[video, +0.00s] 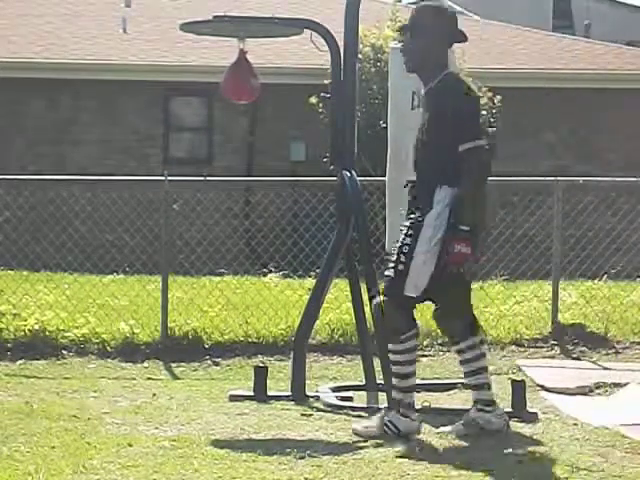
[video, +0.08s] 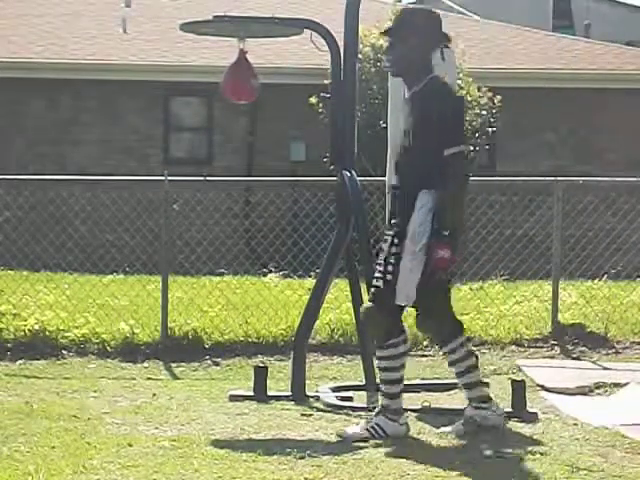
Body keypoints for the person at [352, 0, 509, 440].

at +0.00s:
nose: (403, 45)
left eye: (412, 37)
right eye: (405, 36)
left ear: (437, 44)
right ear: (426, 44)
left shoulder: (454, 95)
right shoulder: (439, 95)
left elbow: (474, 167)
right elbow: (441, 169)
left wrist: (463, 230)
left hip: (436, 214)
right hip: (442, 213)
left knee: (393, 306)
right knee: (455, 313)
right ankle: (486, 409)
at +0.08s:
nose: (390, 50)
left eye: (400, 41)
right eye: (391, 41)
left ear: (427, 47)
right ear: (404, 47)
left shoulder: (439, 98)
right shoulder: (422, 98)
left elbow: (454, 173)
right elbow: (418, 173)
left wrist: (445, 234)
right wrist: (397, 230)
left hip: (420, 218)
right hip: (421, 217)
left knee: (383, 313)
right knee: (435, 314)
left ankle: (390, 415)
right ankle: (482, 406)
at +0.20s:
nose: (364, 49)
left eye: (371, 40)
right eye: (365, 40)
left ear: (397, 43)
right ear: (389, 45)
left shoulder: (408, 93)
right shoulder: (395, 94)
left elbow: (427, 161)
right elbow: (396, 164)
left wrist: (419, 228)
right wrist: (365, 196)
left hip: (397, 213)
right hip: (389, 210)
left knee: (368, 313)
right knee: (374, 312)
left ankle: (389, 417)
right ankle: (448, 383)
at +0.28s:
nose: (346, 51)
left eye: (354, 44)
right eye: (347, 43)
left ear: (378, 48)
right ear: (369, 49)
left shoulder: (390, 94)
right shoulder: (377, 94)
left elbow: (408, 166)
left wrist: (391, 233)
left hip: (384, 216)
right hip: (367, 212)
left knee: (359, 312)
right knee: (327, 306)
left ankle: (388, 418)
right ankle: (409, 371)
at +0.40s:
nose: (325, 47)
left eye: (333, 40)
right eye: (325, 39)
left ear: (357, 43)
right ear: (341, 43)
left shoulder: (367, 87)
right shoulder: (353, 86)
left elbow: (383, 154)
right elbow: (405, 143)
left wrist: (359, 220)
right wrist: (348, 172)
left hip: (367, 208)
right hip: (343, 204)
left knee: (362, 313)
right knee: (302, 299)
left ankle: (389, 416)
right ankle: (345, 391)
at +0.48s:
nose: (309, 42)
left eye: (318, 33)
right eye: (311, 33)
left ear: (343, 40)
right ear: (341, 42)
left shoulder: (351, 87)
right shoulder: (349, 86)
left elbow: (364, 156)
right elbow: (392, 143)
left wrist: (338, 219)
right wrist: (362, 185)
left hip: (352, 215)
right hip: (328, 211)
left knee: (359, 316)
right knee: (296, 306)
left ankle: (388, 417)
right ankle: (304, 408)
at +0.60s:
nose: (286, 45)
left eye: (296, 36)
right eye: (289, 36)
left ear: (324, 43)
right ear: (313, 44)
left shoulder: (334, 93)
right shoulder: (316, 94)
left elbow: (345, 163)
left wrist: (312, 224)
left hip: (331, 220)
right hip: (305, 218)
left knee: (327, 321)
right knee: (279, 313)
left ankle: (385, 411)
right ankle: (293, 416)